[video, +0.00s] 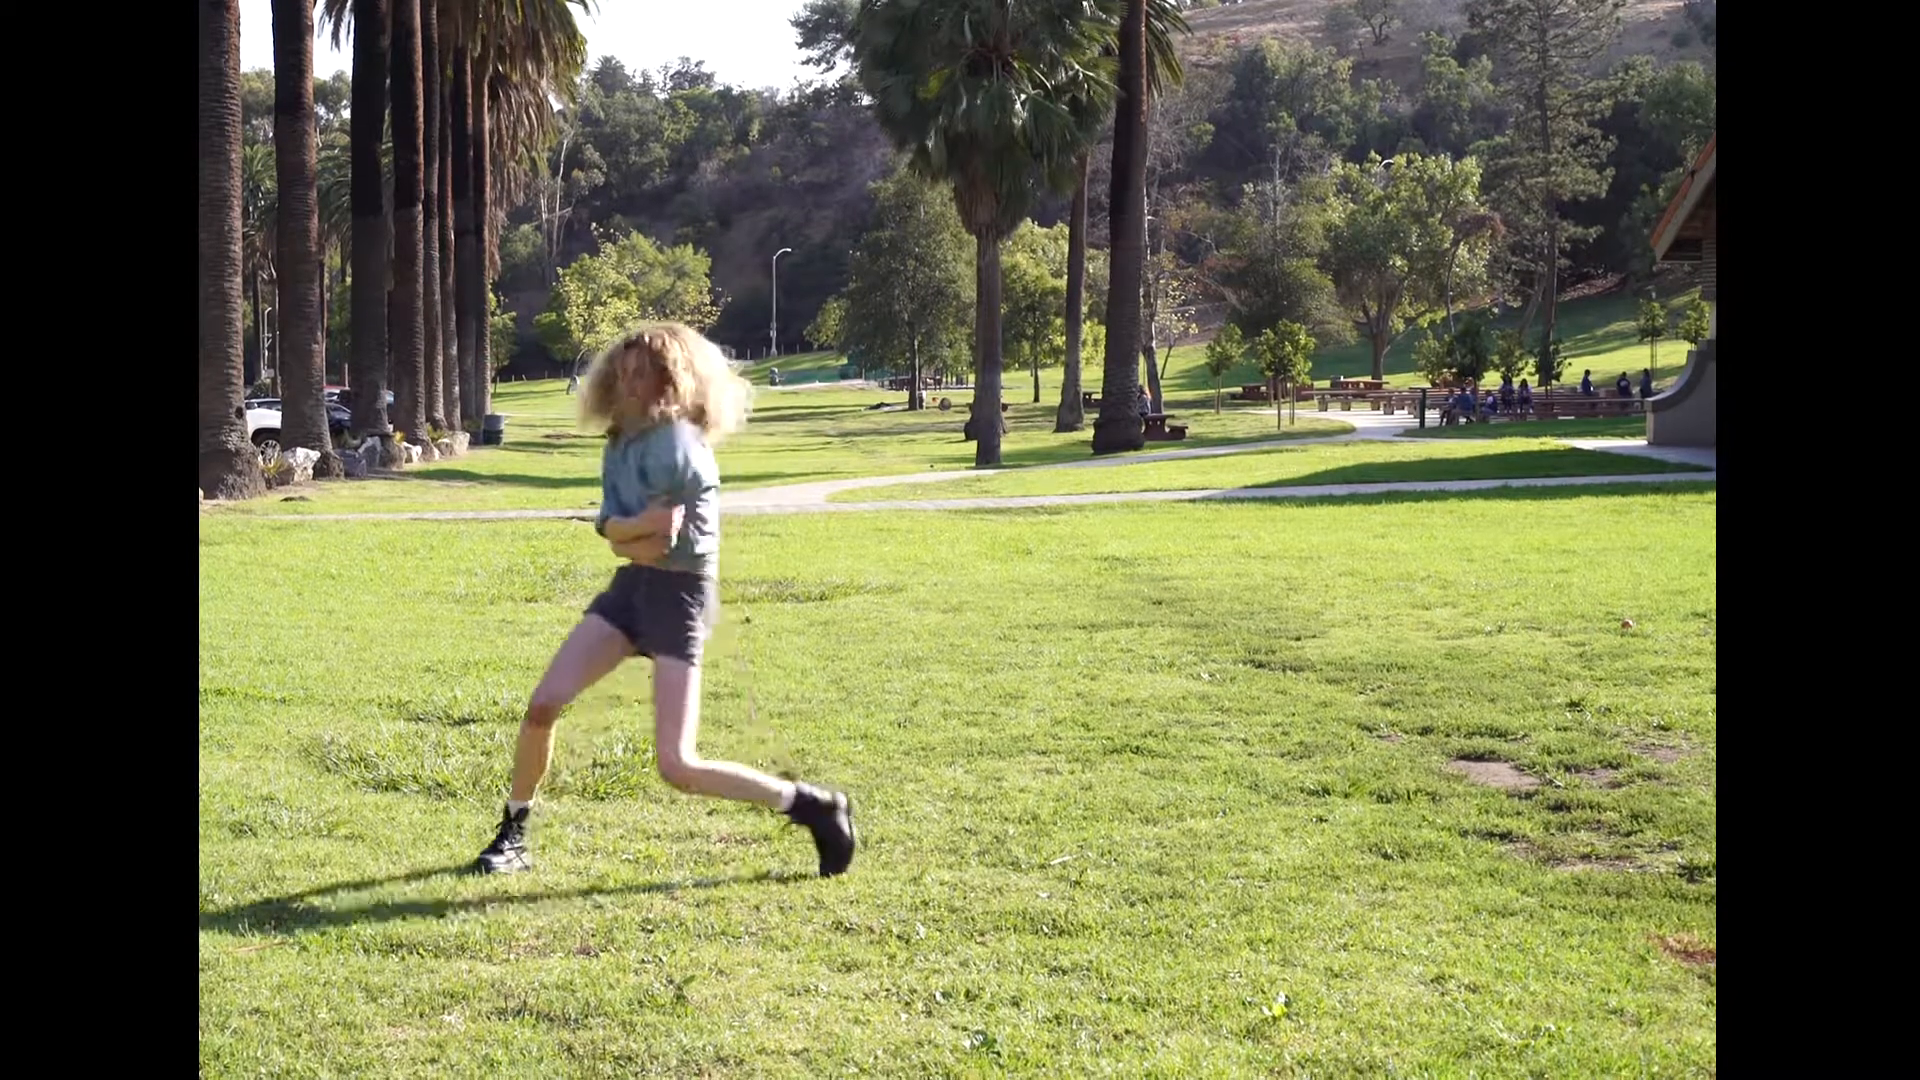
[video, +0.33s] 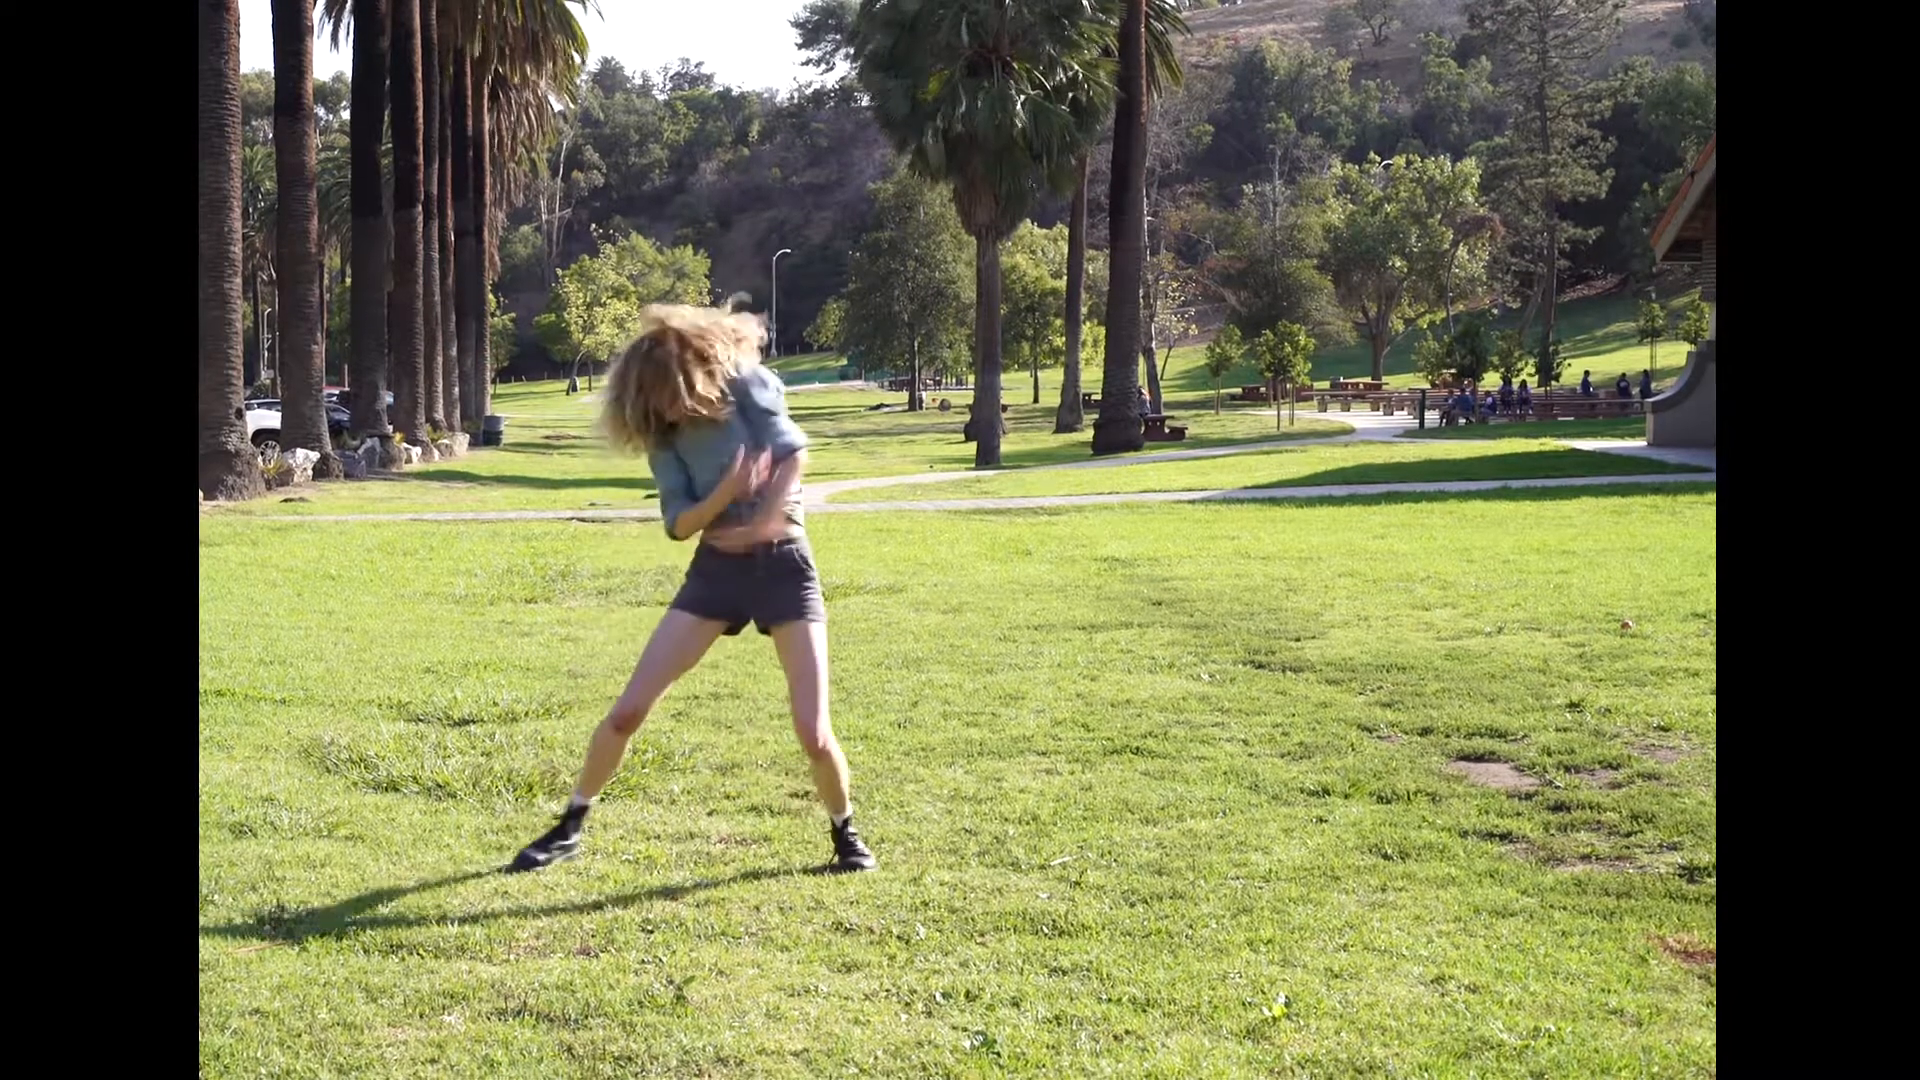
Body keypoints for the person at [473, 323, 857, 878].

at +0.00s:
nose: (628, 385)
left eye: (640, 374)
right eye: (623, 374)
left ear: (670, 383)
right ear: (615, 381)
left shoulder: (679, 439)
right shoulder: (619, 443)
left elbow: (664, 539)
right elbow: (611, 530)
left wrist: (615, 532)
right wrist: (645, 523)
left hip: (679, 596)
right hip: (629, 588)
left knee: (677, 765)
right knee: (542, 704)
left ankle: (814, 807)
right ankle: (511, 837)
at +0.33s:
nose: (675, 408)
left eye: (681, 393)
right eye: (662, 401)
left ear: (702, 371)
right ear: (648, 396)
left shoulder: (750, 384)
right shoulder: (662, 434)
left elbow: (791, 453)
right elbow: (679, 525)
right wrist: (727, 491)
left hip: (783, 564)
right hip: (714, 568)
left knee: (815, 735)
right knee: (626, 713)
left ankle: (846, 832)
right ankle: (568, 826)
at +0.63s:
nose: (738, 387)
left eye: (750, 375)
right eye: (727, 374)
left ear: (772, 373)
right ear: (712, 371)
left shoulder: (803, 433)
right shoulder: (689, 413)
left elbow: (845, 496)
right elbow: (614, 456)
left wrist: (913, 520)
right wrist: (542, 500)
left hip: (737, 574)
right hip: (664, 561)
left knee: (810, 730)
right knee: (614, 719)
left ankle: (851, 834)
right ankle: (606, 833)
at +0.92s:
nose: (747, 367)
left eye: (758, 354)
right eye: (739, 355)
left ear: (788, 355)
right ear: (729, 358)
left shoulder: (821, 427)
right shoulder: (716, 409)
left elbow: (854, 498)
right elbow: (626, 448)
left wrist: (922, 488)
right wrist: (537, 448)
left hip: (737, 583)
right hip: (668, 562)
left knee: (801, 740)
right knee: (615, 716)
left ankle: (848, 837)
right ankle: (605, 834)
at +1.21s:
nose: (782, 294)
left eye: (792, 285)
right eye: (772, 285)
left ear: (814, 299)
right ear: (752, 299)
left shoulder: (834, 370)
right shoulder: (723, 360)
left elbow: (880, 420)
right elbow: (661, 434)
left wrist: (904, 344)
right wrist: (610, 507)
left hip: (795, 539)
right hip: (721, 534)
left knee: (844, 691)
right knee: (657, 681)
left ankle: (861, 824)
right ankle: (602, 800)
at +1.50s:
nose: (802, 288)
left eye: (816, 273)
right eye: (791, 275)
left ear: (843, 276)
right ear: (775, 275)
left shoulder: (857, 339)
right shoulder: (746, 323)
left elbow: (793, 343)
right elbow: (706, 399)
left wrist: (759, 254)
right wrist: (661, 465)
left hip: (809, 520)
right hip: (737, 510)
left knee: (801, 698)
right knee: (743, 665)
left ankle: (776, 816)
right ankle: (757, 823)